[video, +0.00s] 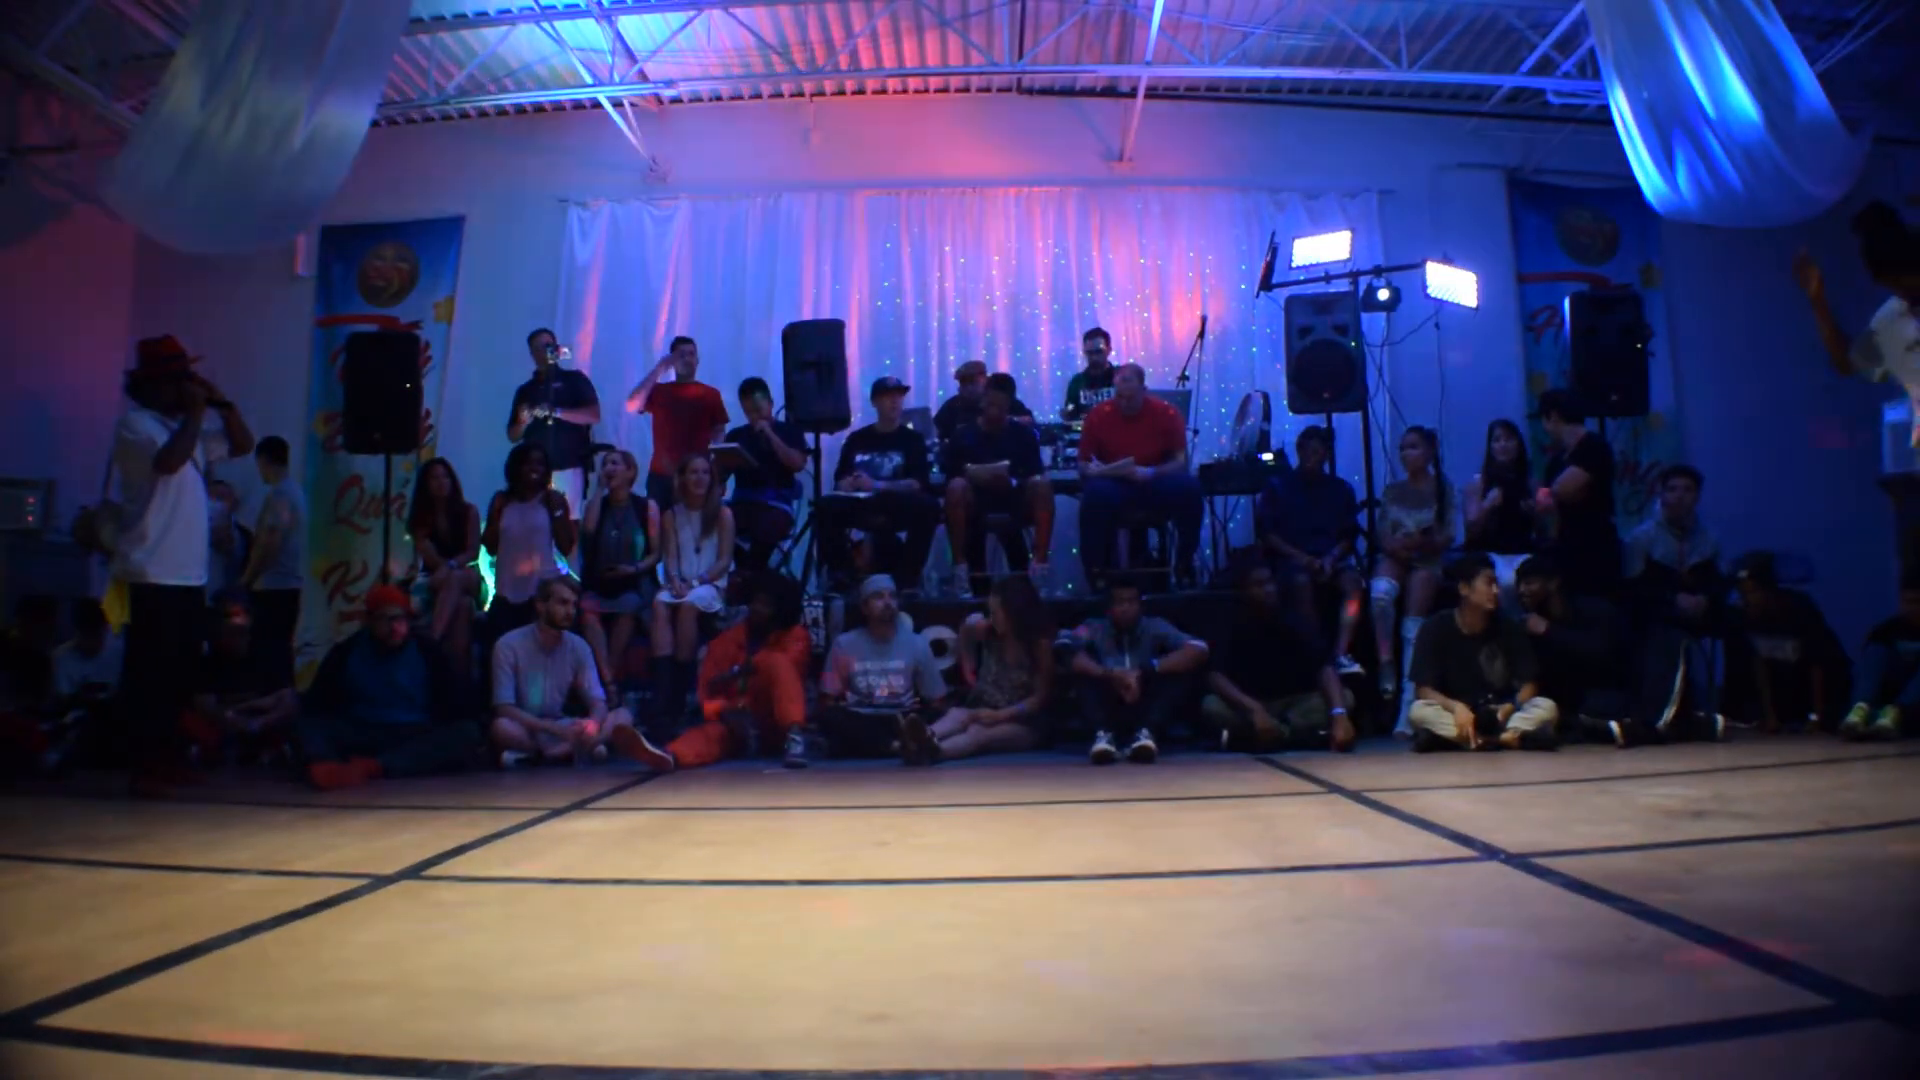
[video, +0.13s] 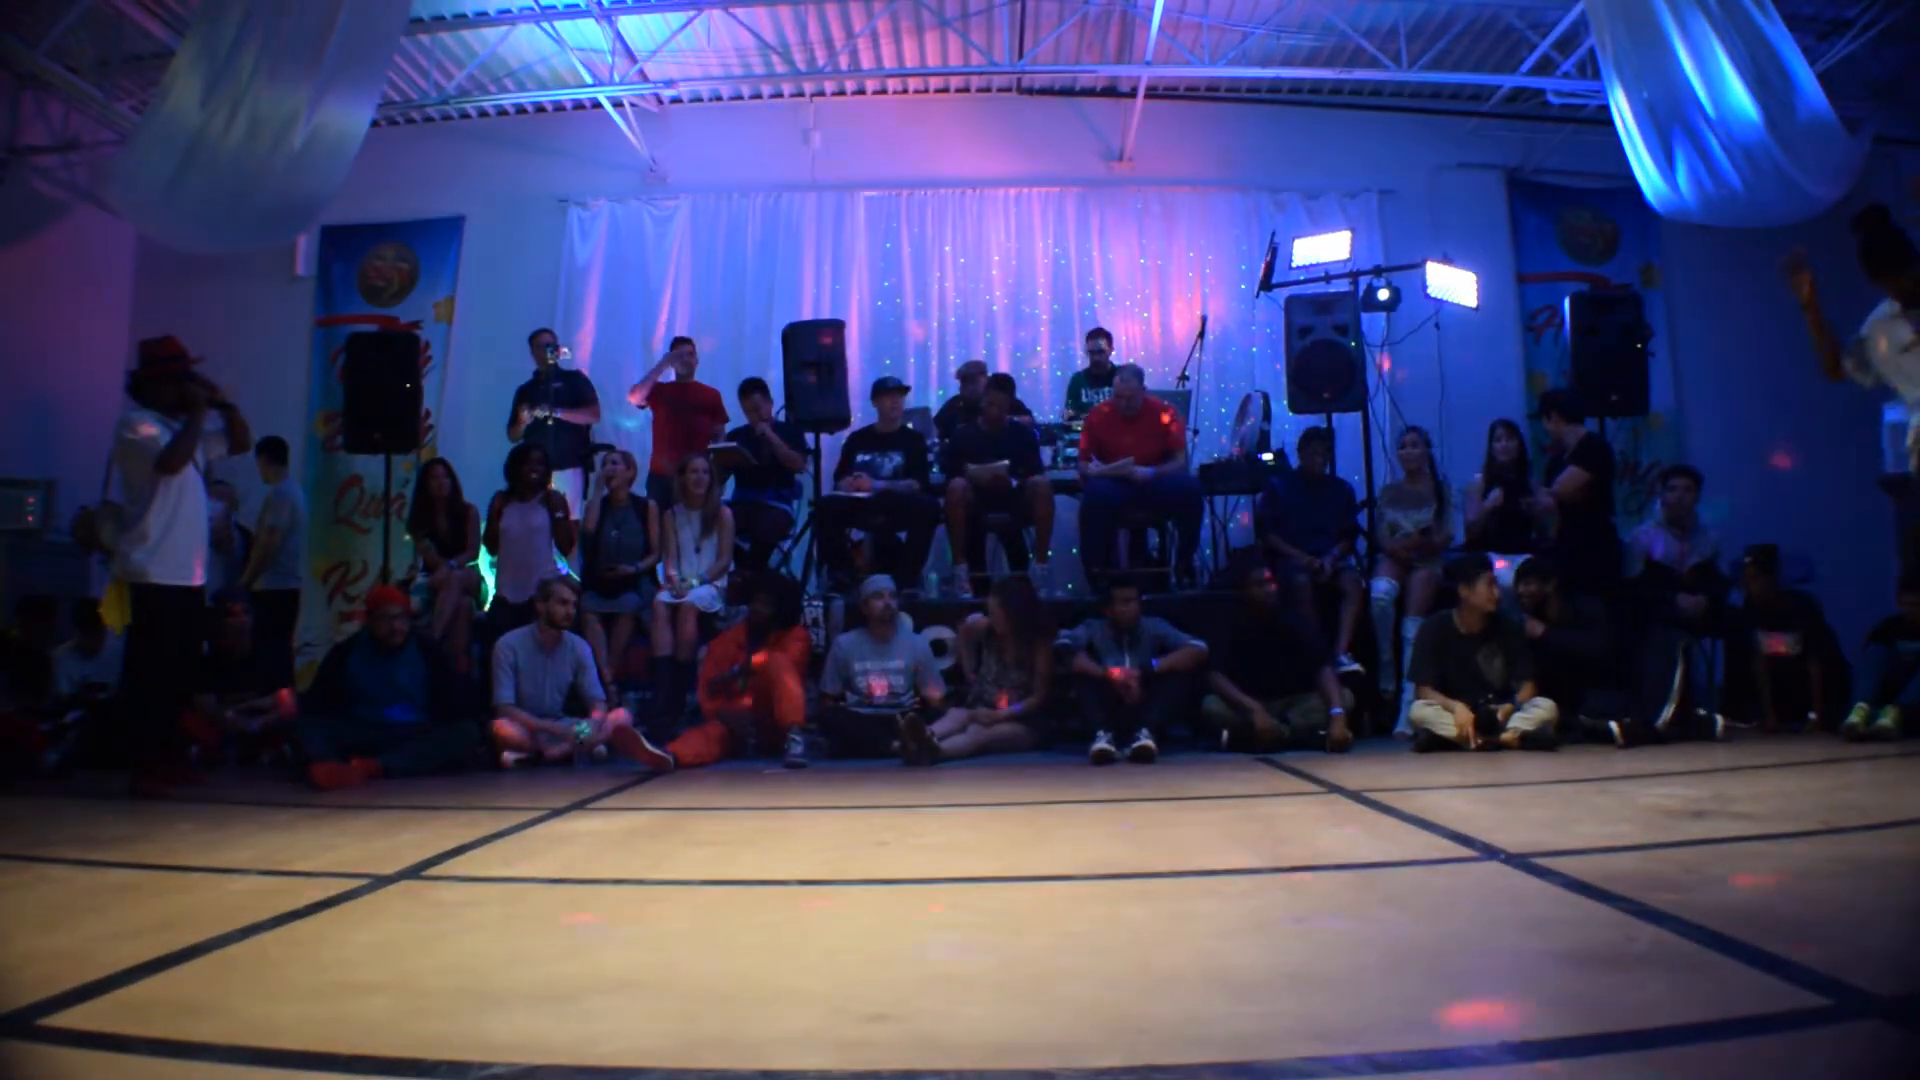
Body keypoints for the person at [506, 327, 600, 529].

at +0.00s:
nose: (545, 352)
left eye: (549, 346)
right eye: (539, 348)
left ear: (557, 349)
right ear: (532, 354)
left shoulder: (576, 379)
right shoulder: (525, 390)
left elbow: (593, 415)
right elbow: (513, 435)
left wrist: (556, 413)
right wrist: (523, 421)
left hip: (569, 465)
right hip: (536, 467)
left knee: (570, 525)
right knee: (536, 525)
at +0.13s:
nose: (547, 351)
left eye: (551, 346)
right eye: (541, 347)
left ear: (558, 349)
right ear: (532, 353)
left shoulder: (576, 380)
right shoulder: (525, 390)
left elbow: (593, 415)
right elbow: (513, 435)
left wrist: (555, 413)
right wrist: (523, 422)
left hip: (569, 464)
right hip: (536, 466)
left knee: (570, 525)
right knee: (536, 524)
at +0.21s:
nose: (548, 351)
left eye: (552, 346)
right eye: (542, 347)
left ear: (559, 350)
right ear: (533, 353)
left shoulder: (576, 379)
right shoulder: (526, 390)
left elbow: (593, 415)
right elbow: (513, 435)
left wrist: (555, 413)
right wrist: (523, 421)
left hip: (570, 464)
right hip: (537, 466)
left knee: (570, 525)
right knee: (537, 525)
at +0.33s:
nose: (549, 351)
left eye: (553, 346)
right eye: (543, 346)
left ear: (559, 350)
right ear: (533, 352)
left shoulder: (576, 379)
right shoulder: (526, 390)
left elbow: (593, 415)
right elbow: (513, 436)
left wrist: (555, 413)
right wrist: (523, 421)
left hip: (570, 464)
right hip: (537, 467)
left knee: (570, 524)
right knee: (537, 524)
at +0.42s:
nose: (549, 351)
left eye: (553, 346)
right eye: (544, 347)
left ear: (559, 350)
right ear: (534, 352)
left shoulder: (576, 379)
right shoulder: (526, 390)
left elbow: (593, 415)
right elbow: (513, 435)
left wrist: (556, 414)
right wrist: (523, 421)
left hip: (569, 464)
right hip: (536, 467)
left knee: (569, 522)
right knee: (536, 522)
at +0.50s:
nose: (549, 351)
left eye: (553, 346)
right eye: (544, 347)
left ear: (559, 350)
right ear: (534, 352)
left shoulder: (576, 379)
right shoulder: (525, 390)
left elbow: (593, 415)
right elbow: (512, 435)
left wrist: (556, 413)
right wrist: (523, 422)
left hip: (570, 464)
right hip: (537, 466)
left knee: (569, 523)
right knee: (536, 523)